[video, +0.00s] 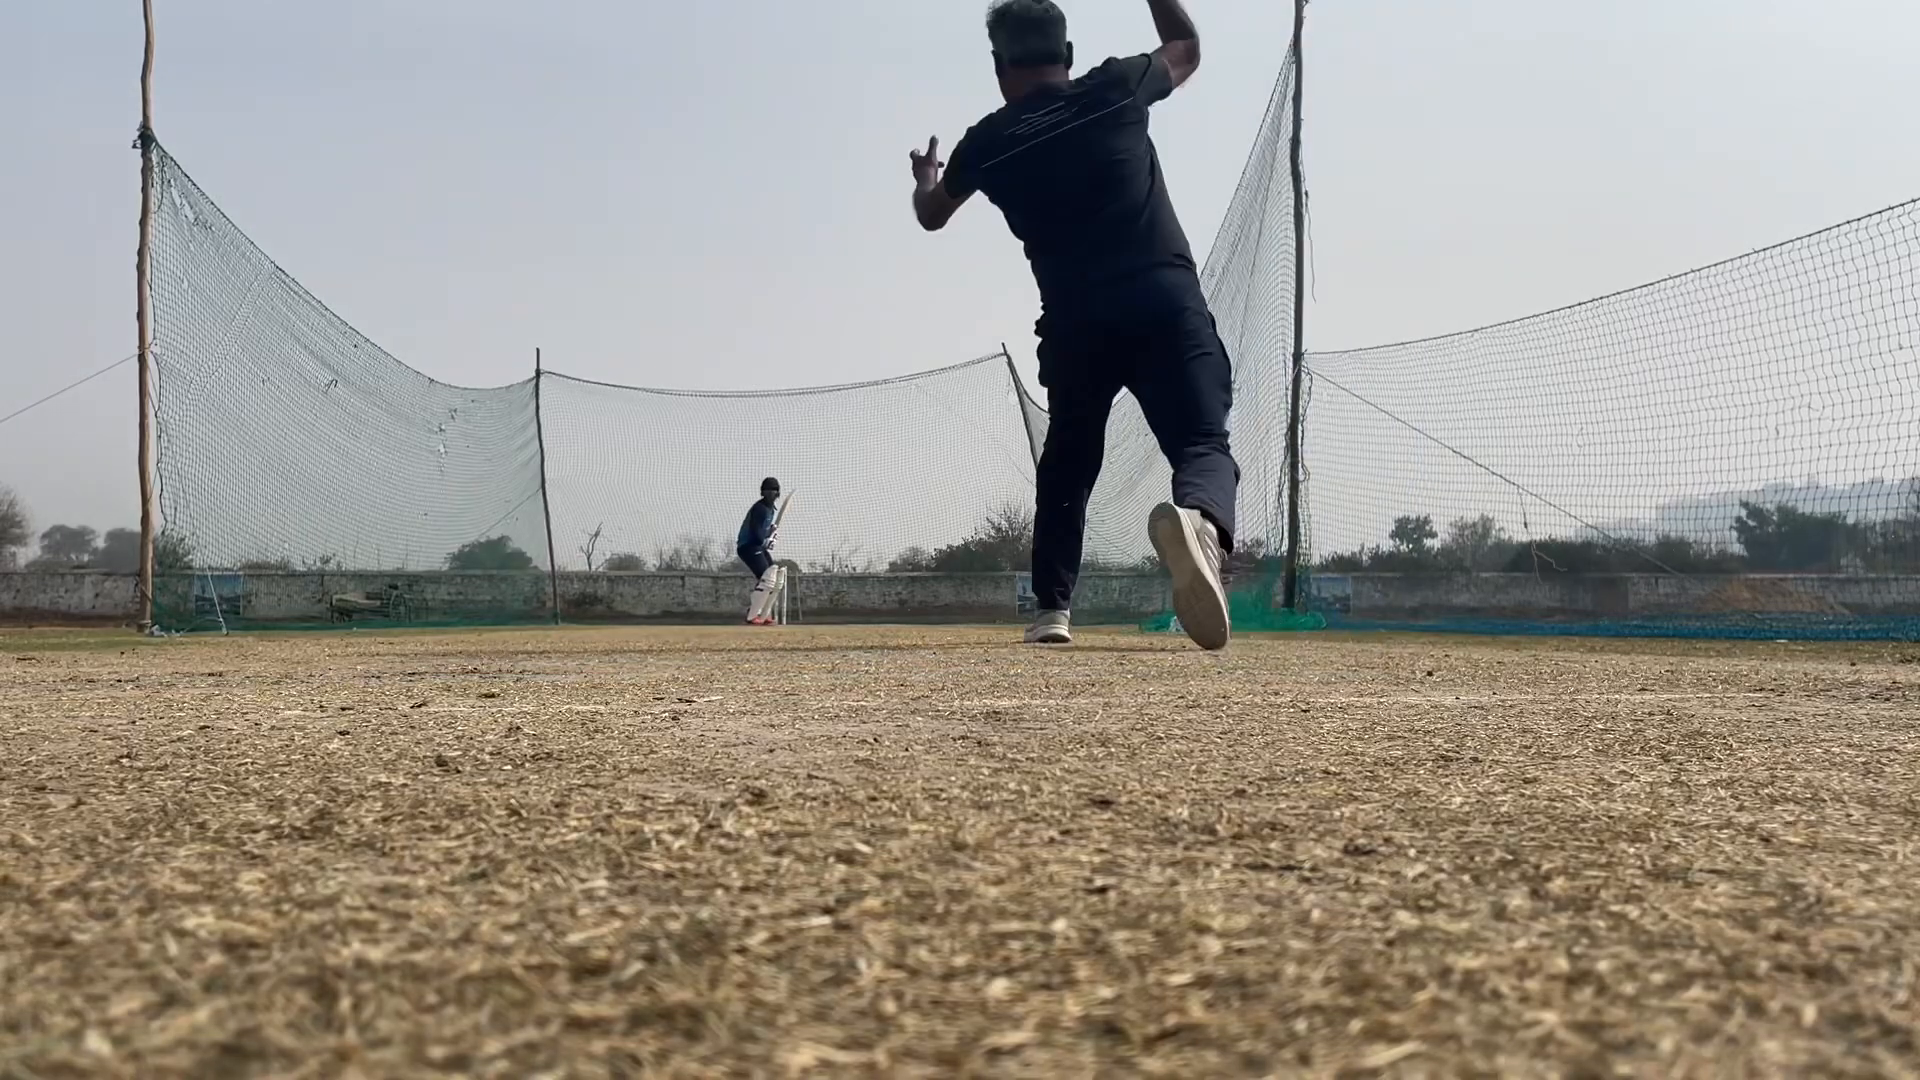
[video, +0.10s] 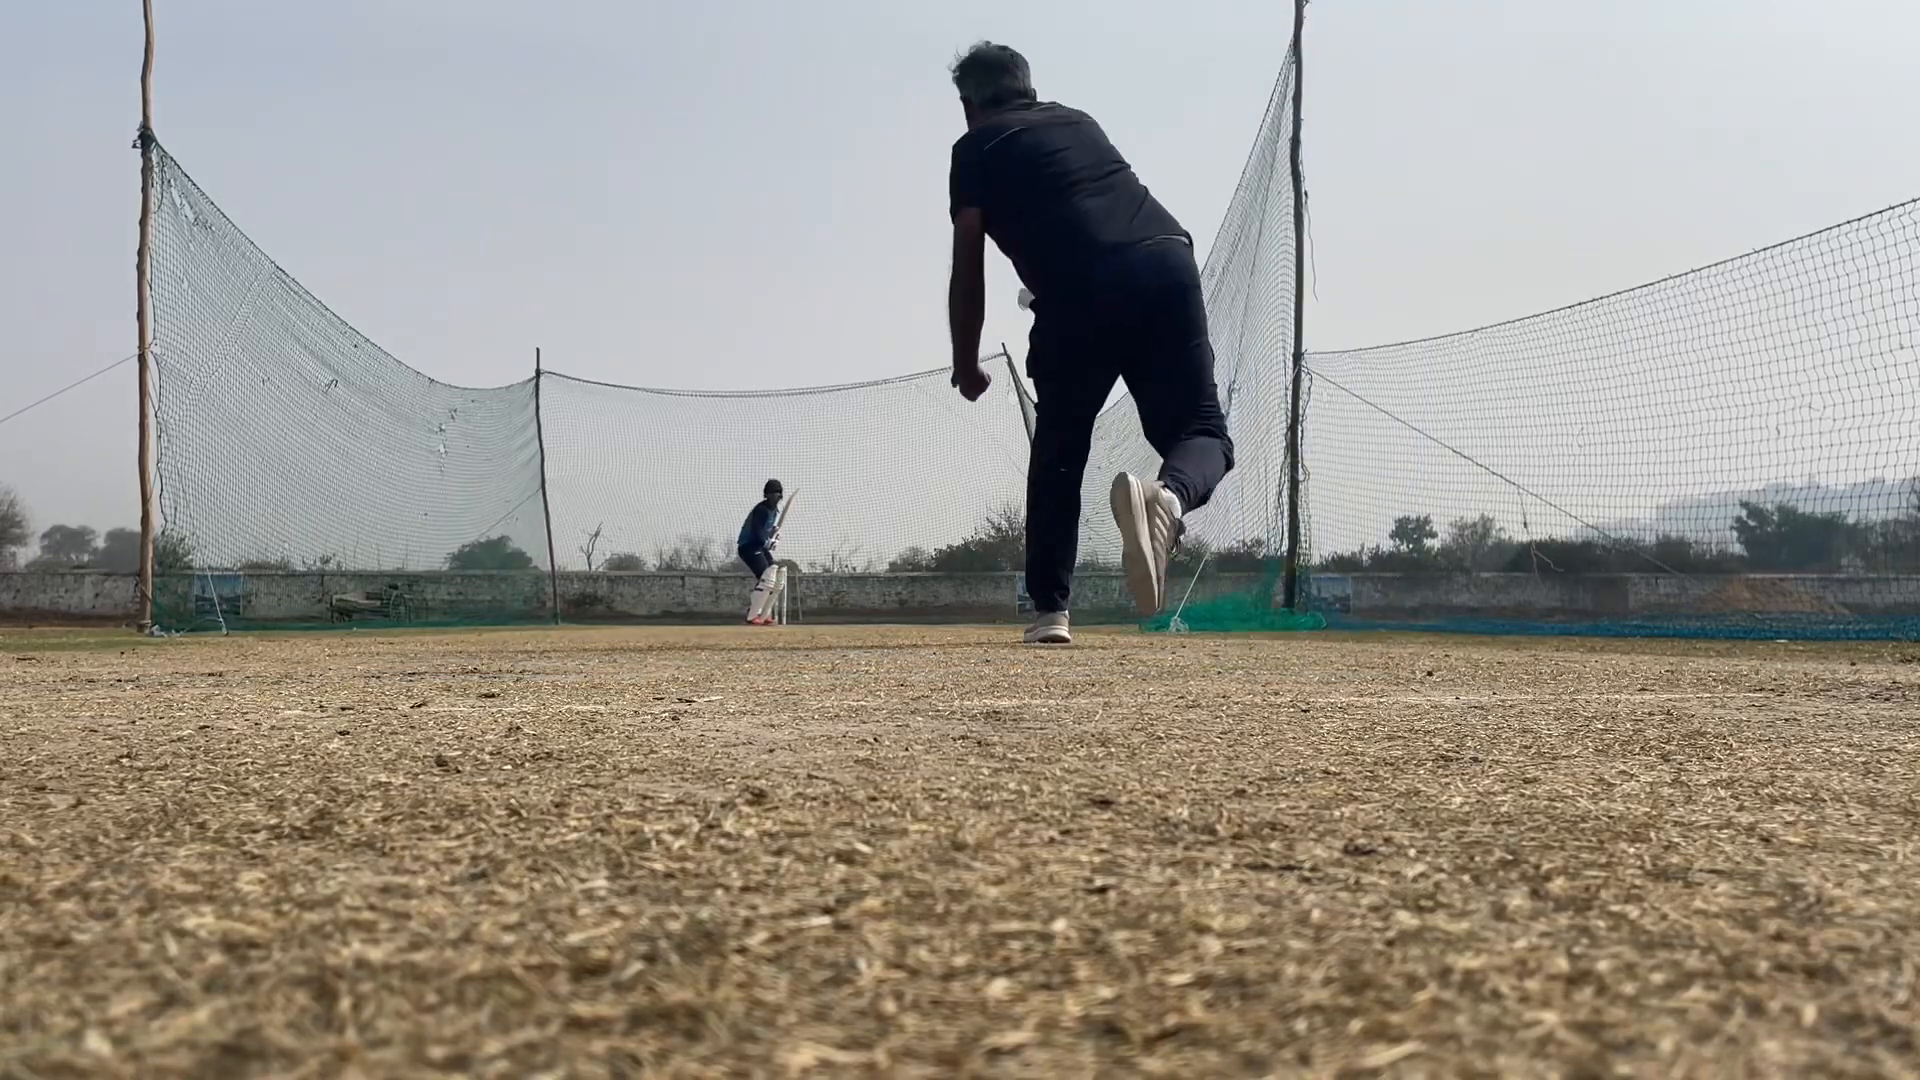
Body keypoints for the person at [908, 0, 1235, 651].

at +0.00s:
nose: (998, 75)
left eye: (997, 65)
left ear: (1002, 67)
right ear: (1064, 55)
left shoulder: (985, 143)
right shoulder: (1117, 83)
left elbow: (932, 214)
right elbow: (1184, 47)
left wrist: (925, 181)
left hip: (1075, 323)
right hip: (1164, 298)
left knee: (1067, 465)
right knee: (1201, 437)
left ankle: (1052, 612)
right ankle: (1200, 523)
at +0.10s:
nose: (965, 116)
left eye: (964, 106)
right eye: (965, 107)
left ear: (971, 104)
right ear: (1028, 91)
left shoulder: (974, 148)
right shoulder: (1076, 120)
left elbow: (967, 273)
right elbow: (1097, 211)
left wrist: (966, 362)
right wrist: (1049, 284)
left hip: (1077, 294)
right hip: (1165, 266)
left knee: (1058, 455)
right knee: (1201, 429)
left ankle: (1050, 613)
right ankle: (1169, 502)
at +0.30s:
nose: (924, 181)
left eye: (922, 162)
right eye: (919, 168)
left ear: (942, 145)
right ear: (948, 157)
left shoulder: (966, 133)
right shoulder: (1007, 205)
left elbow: (955, 33)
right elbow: (1046, 288)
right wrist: (983, 317)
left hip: (1078, 289)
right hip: (1151, 251)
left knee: (1057, 454)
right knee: (1263, 355)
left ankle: (1055, 610)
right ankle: (1361, 270)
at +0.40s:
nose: (920, 178)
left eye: (918, 159)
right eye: (915, 165)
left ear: (936, 141)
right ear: (939, 157)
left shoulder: (959, 125)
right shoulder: (987, 219)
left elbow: (908, 40)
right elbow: (994, 304)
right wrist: (938, 340)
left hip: (1095, 281)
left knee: (1054, 445)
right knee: (1276, 340)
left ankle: (1053, 610)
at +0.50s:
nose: (905, 126)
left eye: (910, 114)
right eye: (911, 122)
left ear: (930, 105)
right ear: (974, 131)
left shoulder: (947, 111)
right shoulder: (1009, 185)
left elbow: (847, 76)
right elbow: (1003, 296)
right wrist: (937, 369)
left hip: (1077, 284)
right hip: (1145, 257)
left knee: (1051, 455)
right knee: (1260, 359)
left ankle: (1054, 609)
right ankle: (1393, 245)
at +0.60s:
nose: (917, 114)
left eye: (919, 104)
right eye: (925, 105)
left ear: (929, 98)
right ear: (978, 94)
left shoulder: (936, 120)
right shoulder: (1018, 134)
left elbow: (835, 179)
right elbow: (1038, 273)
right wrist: (989, 362)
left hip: (1072, 287)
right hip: (1137, 257)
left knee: (1045, 459)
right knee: (1218, 381)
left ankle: (1054, 612)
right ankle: (1360, 311)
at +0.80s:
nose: (913, 119)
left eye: (911, 109)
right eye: (912, 109)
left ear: (918, 102)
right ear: (969, 94)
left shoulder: (930, 143)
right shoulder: (1012, 125)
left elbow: (952, 242)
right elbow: (1053, 212)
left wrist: (963, 359)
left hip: (1054, 278)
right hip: (1121, 255)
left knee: (1031, 453)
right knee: (1109, 407)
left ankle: (1050, 606)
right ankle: (1232, 489)